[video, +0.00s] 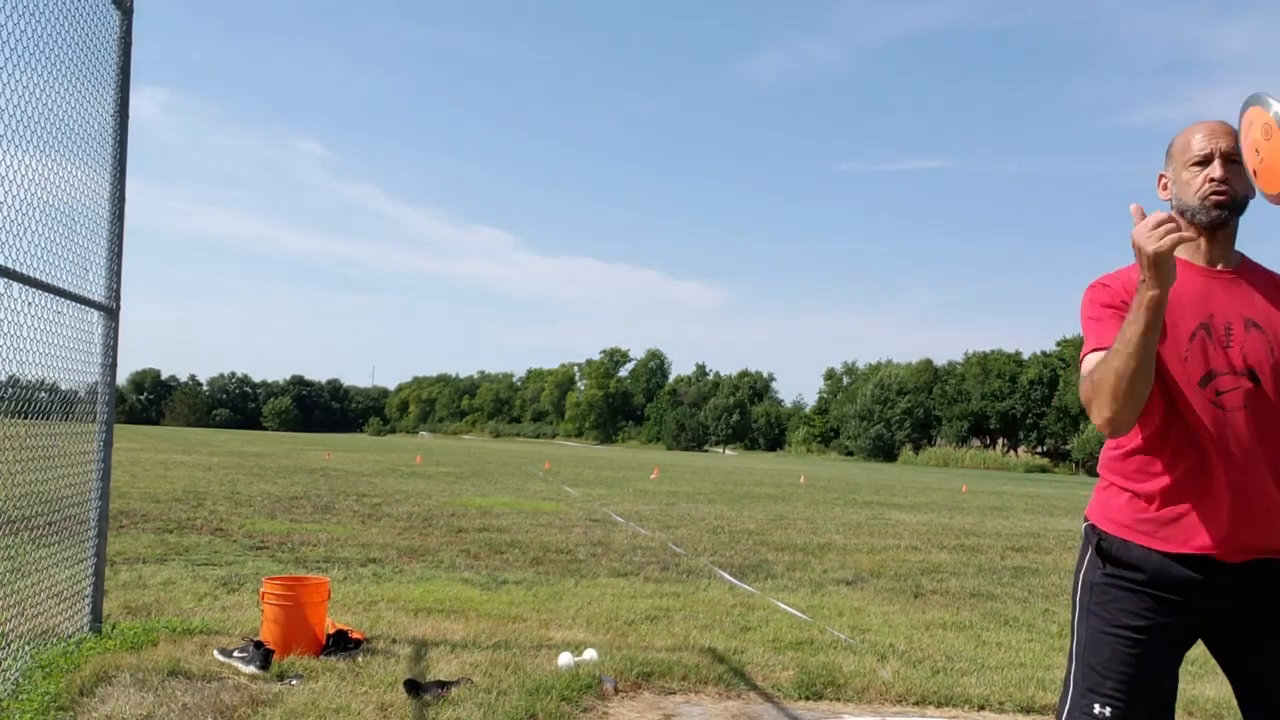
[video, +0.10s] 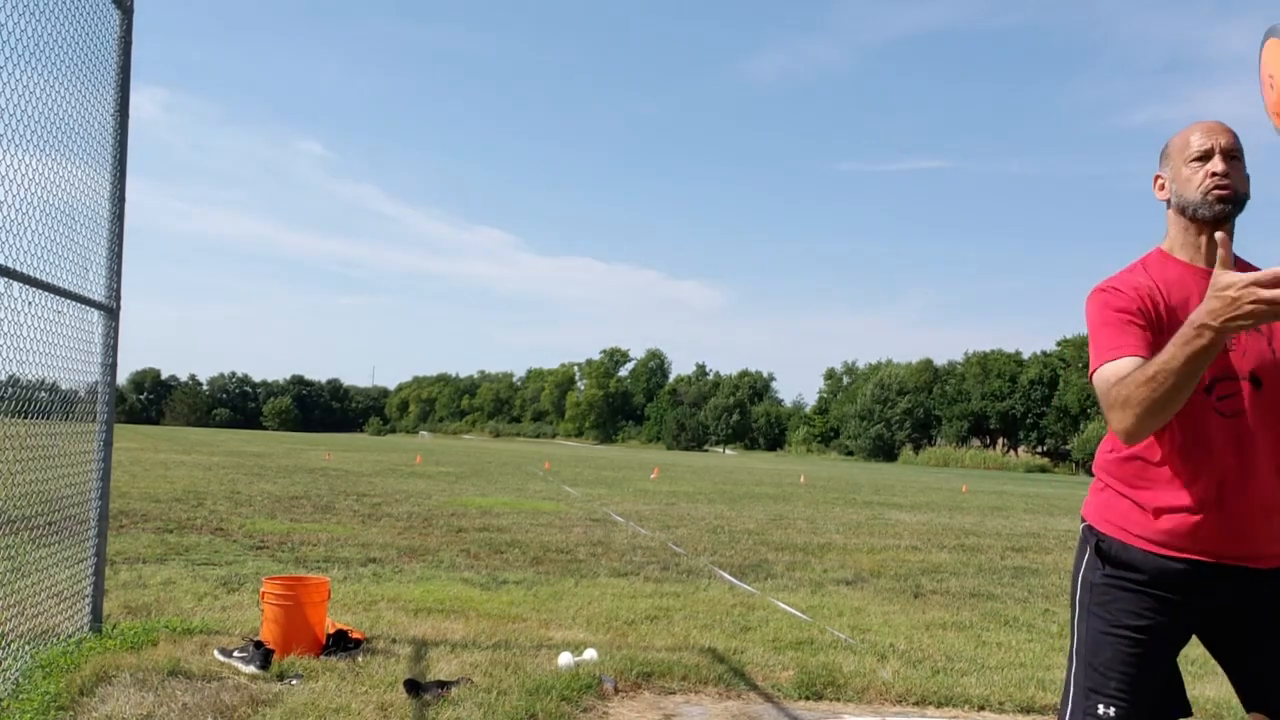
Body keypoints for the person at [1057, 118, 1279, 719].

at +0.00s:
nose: (1221, 172)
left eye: (1234, 161)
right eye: (1201, 162)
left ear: (1250, 184)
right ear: (1166, 186)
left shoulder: (1273, 293)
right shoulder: (1119, 292)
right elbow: (1110, 415)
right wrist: (1152, 287)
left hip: (1261, 569)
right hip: (1139, 563)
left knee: (1273, 705)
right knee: (1103, 711)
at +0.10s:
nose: (1221, 166)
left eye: (1232, 158)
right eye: (1201, 158)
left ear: (1246, 183)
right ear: (1163, 186)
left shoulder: (1269, 293)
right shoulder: (1123, 295)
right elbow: (1127, 417)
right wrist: (1210, 322)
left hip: (1259, 567)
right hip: (1137, 561)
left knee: (1277, 703)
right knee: (1106, 711)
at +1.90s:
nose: (1266, 263)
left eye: (1278, 243)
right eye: (1249, 242)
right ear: (1207, 227)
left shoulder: (1276, 321)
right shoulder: (1137, 329)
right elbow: (1110, 478)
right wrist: (1237, 475)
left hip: (1245, 562)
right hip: (1125, 558)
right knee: (1088, 711)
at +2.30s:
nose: (1237, 256)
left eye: (1255, 236)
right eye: (1220, 234)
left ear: (1275, 230)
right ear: (1183, 226)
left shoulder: (1279, 323)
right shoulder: (1121, 327)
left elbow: (1265, 446)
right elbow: (1115, 478)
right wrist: (1232, 465)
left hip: (1237, 563)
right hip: (1117, 557)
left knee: (1279, 702)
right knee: (1085, 709)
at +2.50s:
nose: (1223, 259)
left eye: (1239, 241)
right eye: (1206, 240)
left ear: (1260, 238)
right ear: (1167, 233)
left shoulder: (1274, 332)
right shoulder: (1111, 337)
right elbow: (1109, 484)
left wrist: (1268, 529)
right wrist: (1193, 526)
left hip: (1234, 570)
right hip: (1111, 565)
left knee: (1274, 704)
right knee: (1090, 711)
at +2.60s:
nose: (1221, 261)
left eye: (1236, 242)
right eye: (1202, 243)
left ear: (1253, 239)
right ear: (1161, 238)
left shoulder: (1271, 338)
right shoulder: (1102, 346)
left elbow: (1273, 465)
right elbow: (1099, 486)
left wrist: (1275, 555)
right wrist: (1139, 580)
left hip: (1226, 574)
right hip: (1108, 567)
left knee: (1272, 703)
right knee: (1091, 709)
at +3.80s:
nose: (1208, 247)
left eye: (1224, 229)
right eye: (1190, 229)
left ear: (1240, 226)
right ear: (1150, 224)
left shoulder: (1269, 328)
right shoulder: (1096, 331)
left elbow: (1273, 462)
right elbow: (1084, 445)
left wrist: (1277, 542)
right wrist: (1100, 517)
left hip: (1231, 574)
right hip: (1109, 568)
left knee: (1262, 705)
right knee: (1089, 709)